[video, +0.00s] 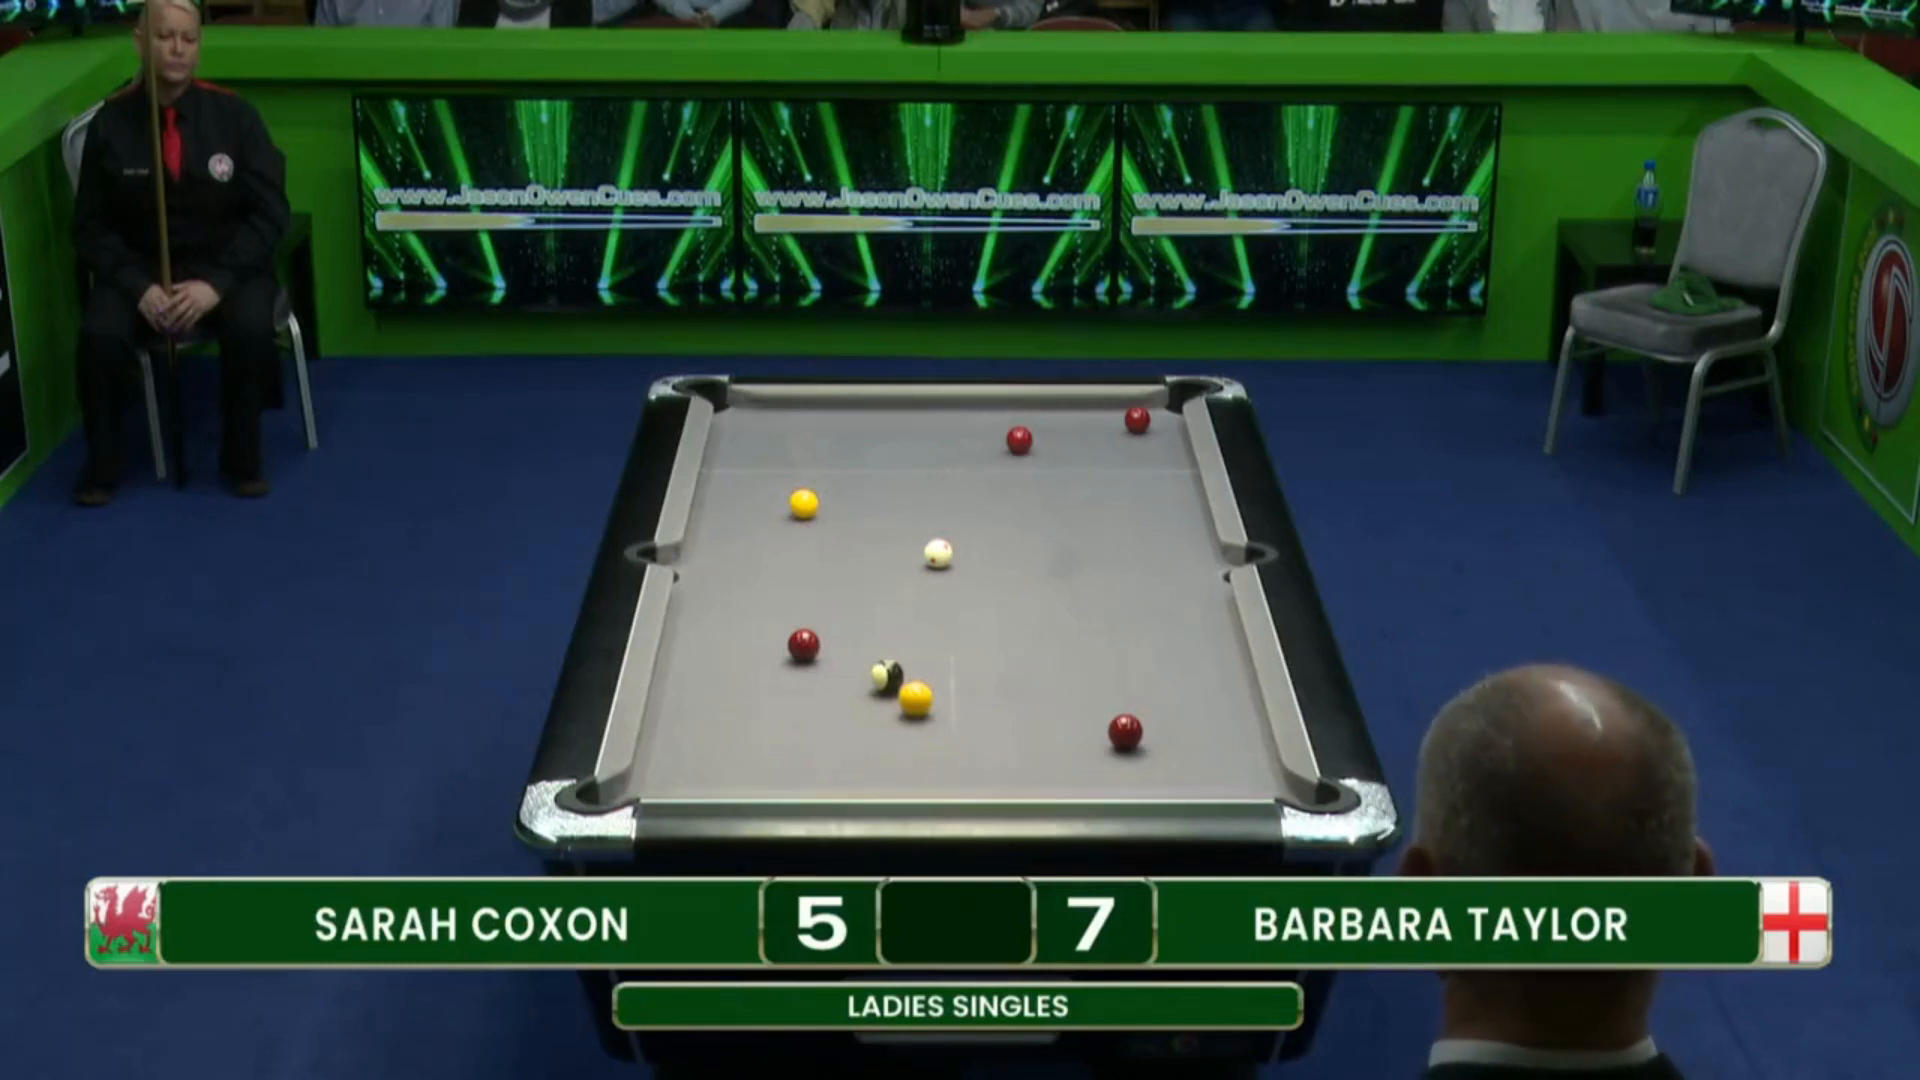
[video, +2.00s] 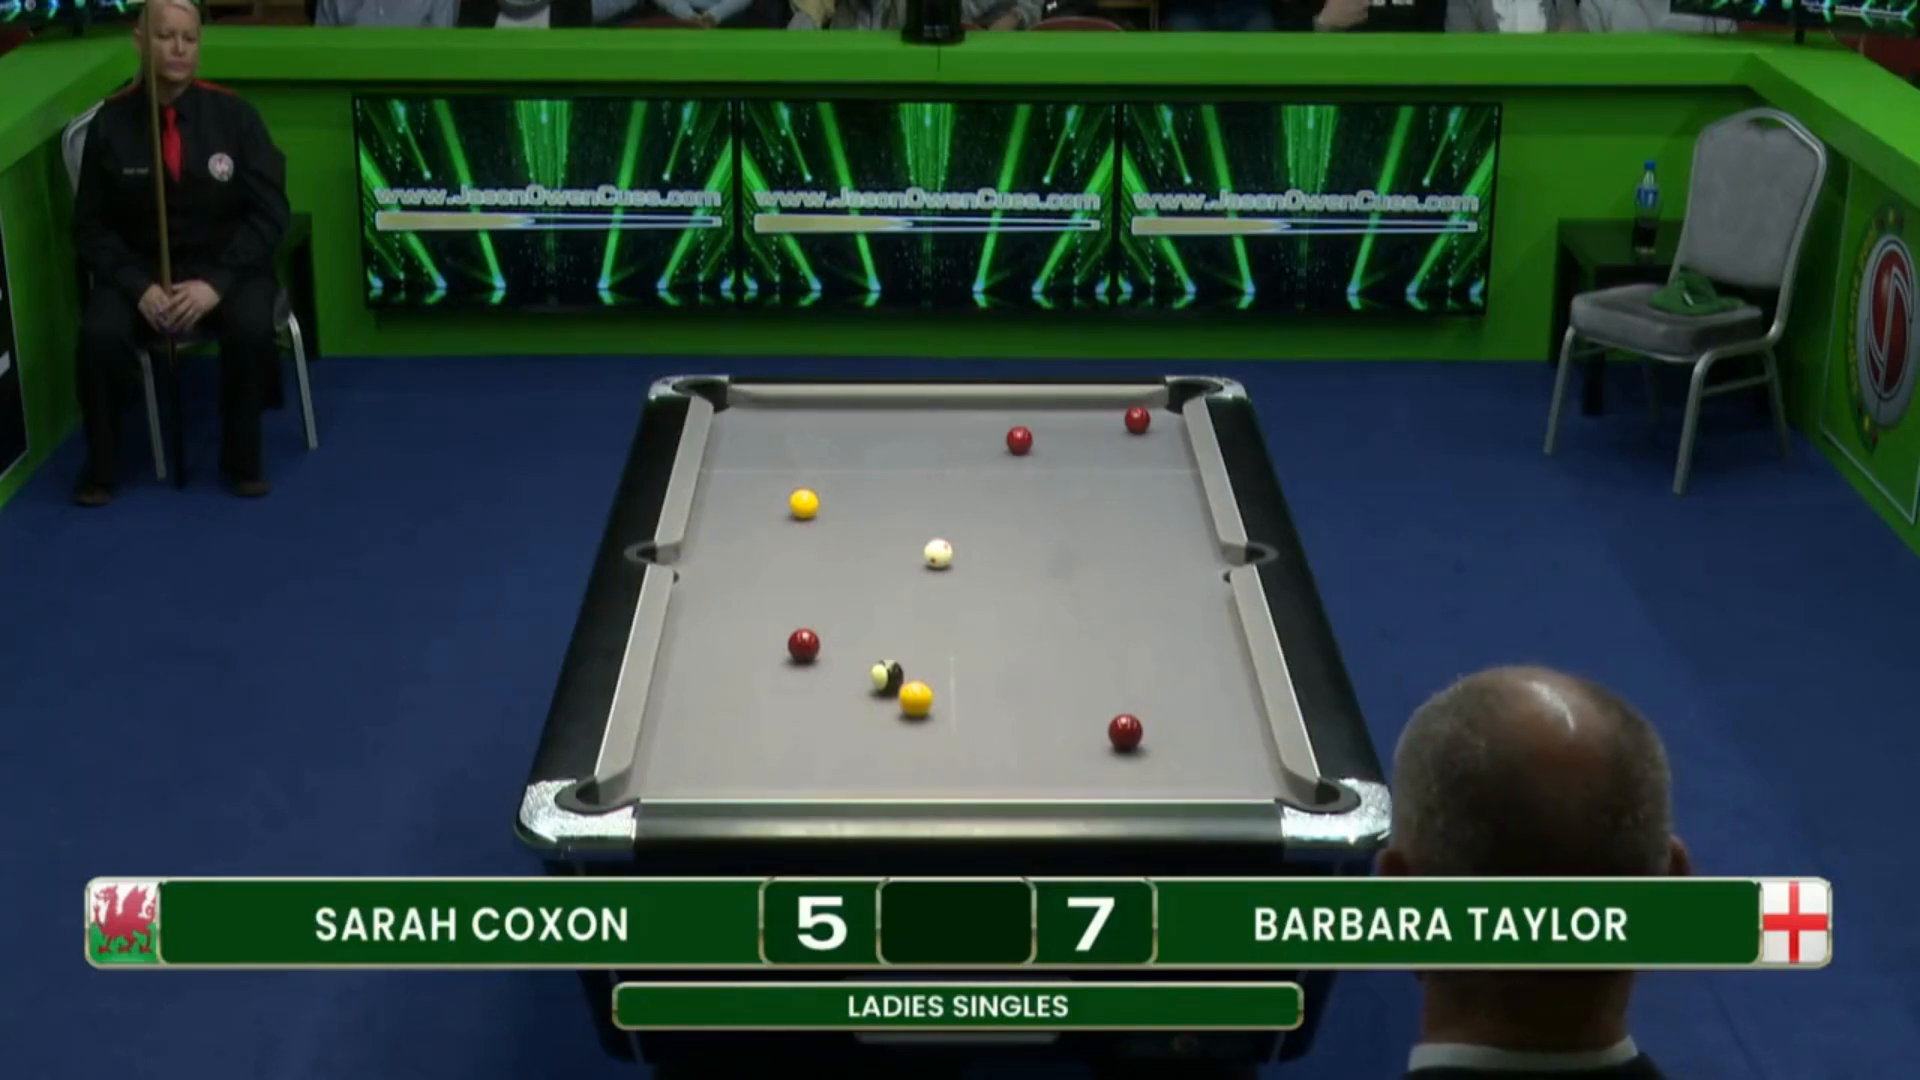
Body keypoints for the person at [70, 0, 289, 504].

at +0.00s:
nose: (178, 49)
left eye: (188, 38)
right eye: (165, 37)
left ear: (199, 44)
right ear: (141, 41)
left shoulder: (235, 115)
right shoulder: (111, 122)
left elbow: (269, 214)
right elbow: (90, 226)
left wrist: (213, 283)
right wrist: (140, 287)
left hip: (221, 267)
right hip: (138, 274)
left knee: (249, 329)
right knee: (101, 335)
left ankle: (243, 461)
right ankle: (102, 467)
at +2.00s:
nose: (179, 48)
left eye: (189, 38)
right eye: (165, 37)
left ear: (199, 44)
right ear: (141, 42)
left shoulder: (234, 115)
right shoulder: (111, 121)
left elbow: (269, 214)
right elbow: (90, 226)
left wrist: (214, 283)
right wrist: (140, 287)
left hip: (221, 267)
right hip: (138, 273)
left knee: (249, 329)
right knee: (100, 335)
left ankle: (244, 462)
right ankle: (101, 467)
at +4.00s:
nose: (179, 49)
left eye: (189, 38)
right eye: (165, 37)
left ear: (199, 44)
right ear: (140, 41)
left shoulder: (234, 115)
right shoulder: (111, 121)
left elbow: (269, 215)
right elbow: (91, 226)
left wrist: (214, 284)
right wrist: (140, 287)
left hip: (221, 268)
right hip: (139, 274)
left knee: (248, 328)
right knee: (101, 336)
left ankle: (243, 463)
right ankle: (101, 469)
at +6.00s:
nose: (180, 49)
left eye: (189, 38)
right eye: (166, 37)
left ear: (199, 45)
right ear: (140, 42)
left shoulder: (235, 116)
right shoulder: (111, 122)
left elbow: (269, 215)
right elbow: (90, 227)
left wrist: (214, 284)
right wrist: (140, 286)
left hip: (221, 267)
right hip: (138, 273)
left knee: (248, 327)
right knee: (100, 334)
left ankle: (243, 462)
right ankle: (101, 467)